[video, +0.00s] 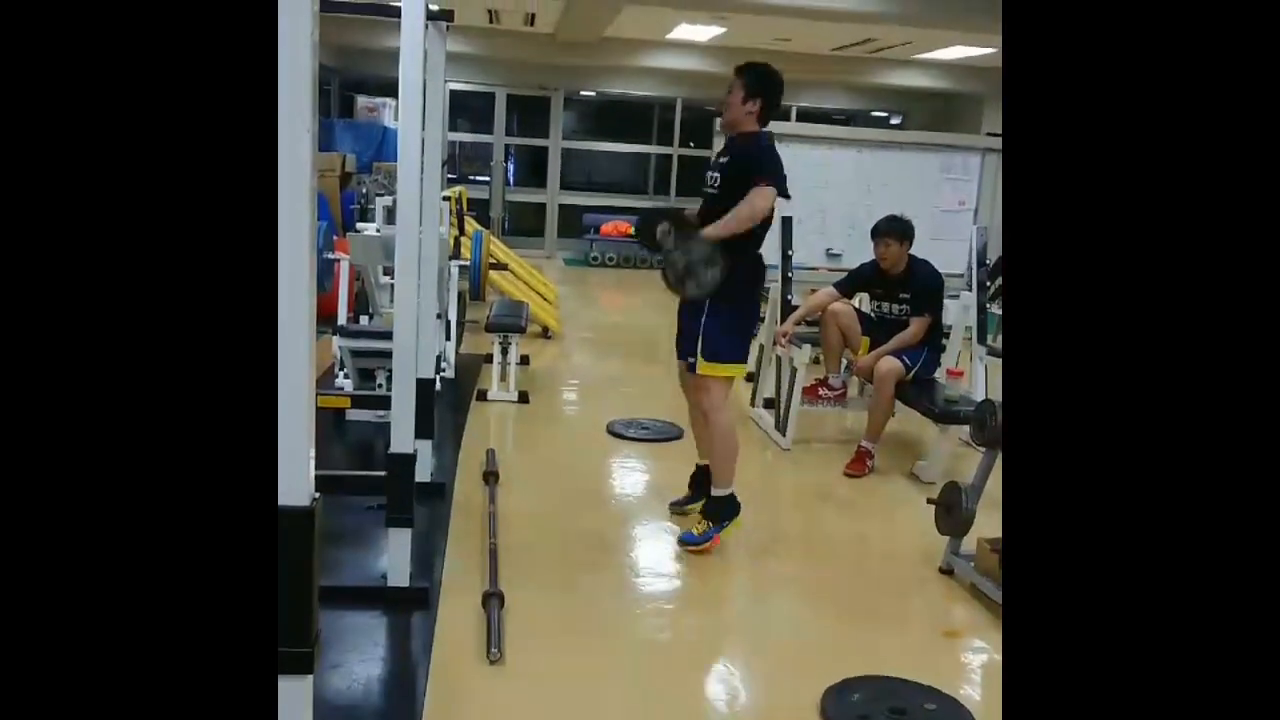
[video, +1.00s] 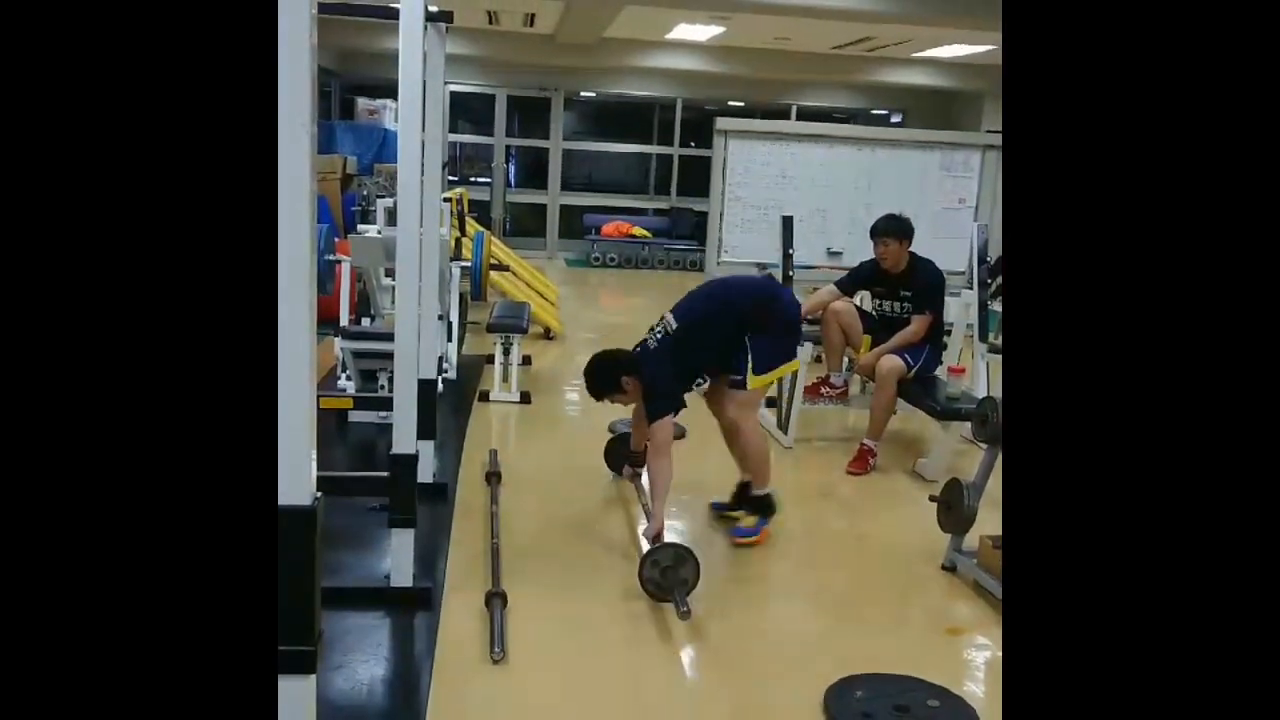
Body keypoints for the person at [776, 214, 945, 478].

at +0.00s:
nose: (880, 251)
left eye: (887, 245)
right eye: (877, 244)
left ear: (906, 246)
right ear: (873, 244)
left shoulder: (927, 277)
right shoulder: (870, 271)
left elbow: (916, 332)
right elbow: (828, 295)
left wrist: (873, 357)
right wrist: (792, 321)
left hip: (919, 347)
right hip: (880, 337)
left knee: (885, 368)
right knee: (834, 311)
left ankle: (866, 449)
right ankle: (834, 386)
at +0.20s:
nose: (879, 252)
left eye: (887, 246)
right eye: (876, 245)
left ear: (905, 247)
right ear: (872, 245)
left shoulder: (926, 277)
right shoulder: (870, 271)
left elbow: (916, 332)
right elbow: (829, 295)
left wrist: (873, 357)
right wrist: (792, 322)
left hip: (920, 347)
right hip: (881, 338)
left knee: (885, 369)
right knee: (834, 312)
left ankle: (866, 450)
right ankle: (834, 386)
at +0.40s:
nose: (880, 252)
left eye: (887, 246)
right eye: (876, 245)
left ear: (905, 247)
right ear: (872, 246)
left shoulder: (926, 277)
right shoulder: (870, 272)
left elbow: (916, 332)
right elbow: (830, 294)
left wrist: (873, 357)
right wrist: (800, 314)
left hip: (921, 346)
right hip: (881, 336)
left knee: (885, 370)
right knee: (834, 312)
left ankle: (866, 450)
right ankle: (834, 385)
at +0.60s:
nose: (880, 253)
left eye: (887, 246)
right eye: (877, 246)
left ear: (906, 246)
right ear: (873, 246)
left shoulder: (927, 277)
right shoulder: (870, 271)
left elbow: (917, 331)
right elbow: (829, 295)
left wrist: (874, 357)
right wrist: (801, 314)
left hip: (921, 345)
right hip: (882, 336)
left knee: (886, 369)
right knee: (835, 311)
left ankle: (867, 450)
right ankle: (835, 385)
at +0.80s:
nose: (880, 251)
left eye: (887, 245)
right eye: (877, 244)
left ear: (905, 245)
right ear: (873, 244)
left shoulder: (927, 275)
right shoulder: (871, 270)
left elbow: (918, 331)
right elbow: (831, 293)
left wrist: (875, 355)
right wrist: (793, 320)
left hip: (922, 346)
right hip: (882, 337)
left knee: (887, 367)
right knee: (835, 310)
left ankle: (869, 448)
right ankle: (835, 384)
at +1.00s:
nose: (880, 251)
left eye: (887, 244)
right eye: (877, 244)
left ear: (906, 245)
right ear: (873, 244)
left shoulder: (928, 275)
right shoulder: (870, 269)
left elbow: (917, 330)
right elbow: (831, 293)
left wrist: (874, 355)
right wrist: (799, 312)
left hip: (922, 344)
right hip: (882, 335)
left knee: (886, 367)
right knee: (835, 310)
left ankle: (868, 447)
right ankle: (836, 383)